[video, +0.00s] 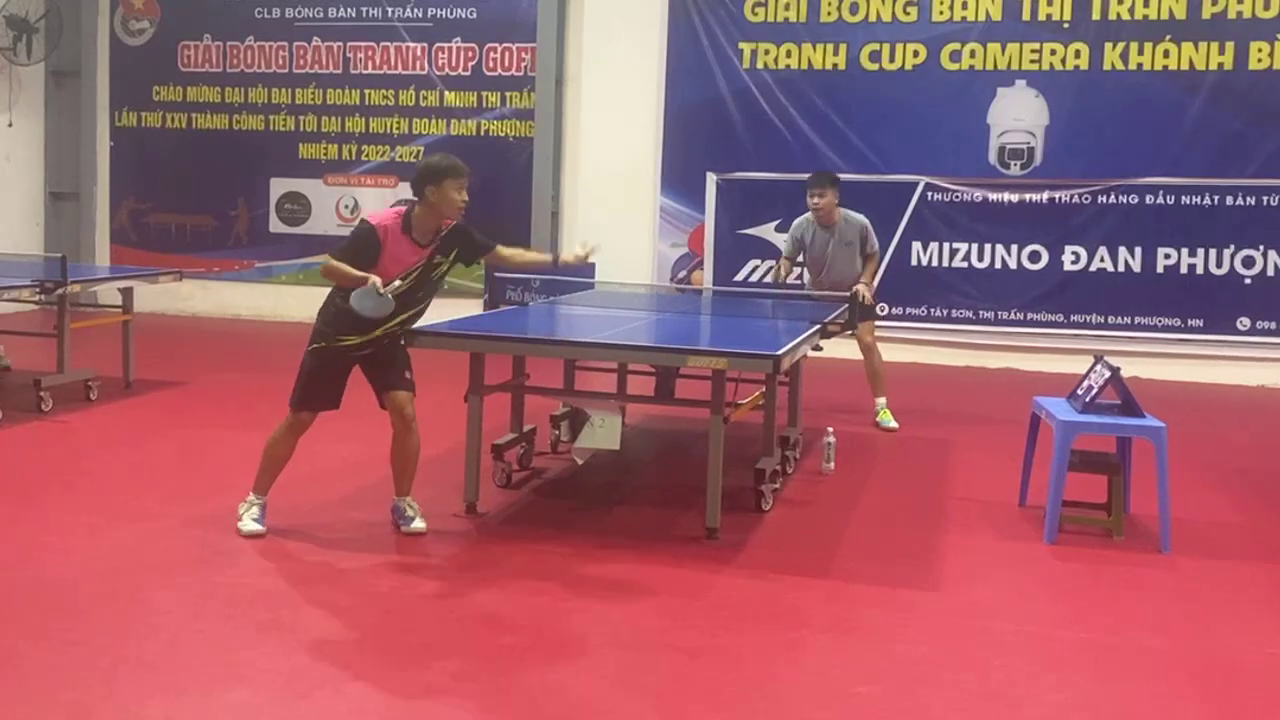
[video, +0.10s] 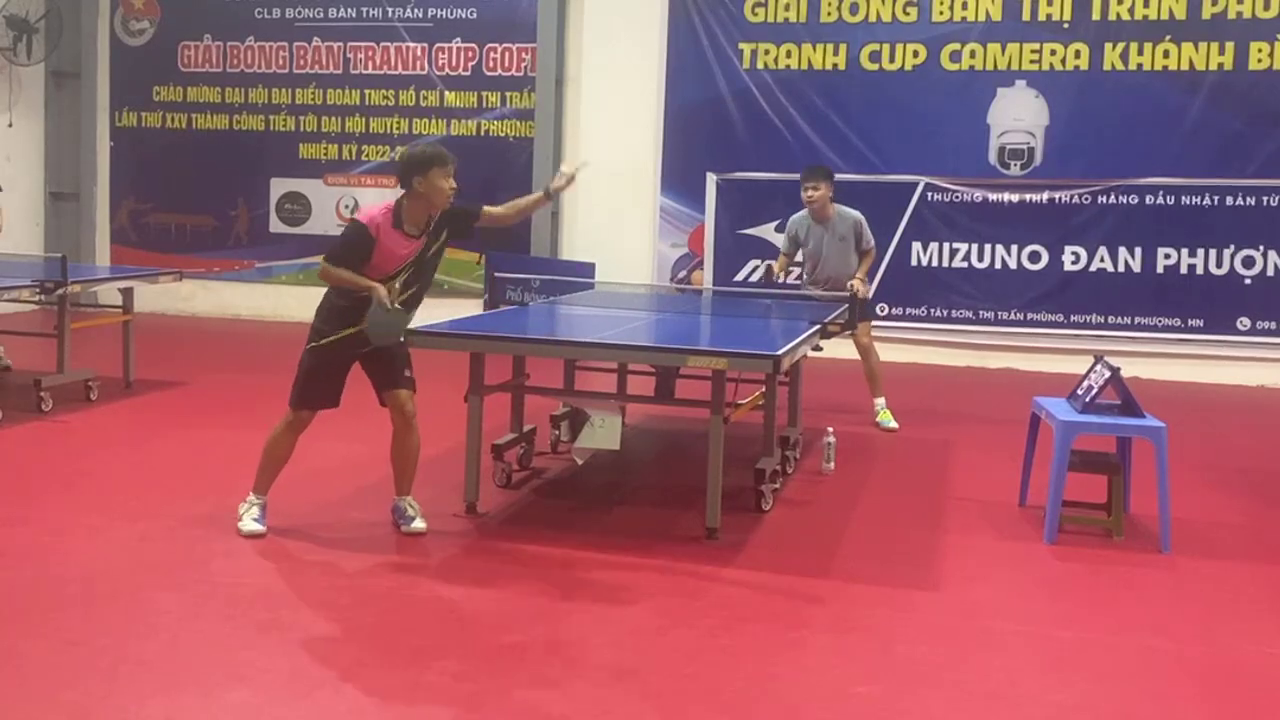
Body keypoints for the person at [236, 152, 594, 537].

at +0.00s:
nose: (465, 199)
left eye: (466, 191)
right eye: (457, 191)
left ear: (452, 196)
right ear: (428, 193)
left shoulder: (455, 236)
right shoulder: (379, 227)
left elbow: (504, 256)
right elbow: (329, 269)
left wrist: (562, 259)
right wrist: (365, 278)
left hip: (389, 339)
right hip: (338, 333)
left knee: (405, 414)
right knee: (298, 420)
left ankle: (403, 503)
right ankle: (255, 501)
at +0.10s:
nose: (453, 185)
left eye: (453, 177)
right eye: (446, 177)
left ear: (435, 184)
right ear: (416, 183)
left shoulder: (443, 219)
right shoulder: (371, 224)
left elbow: (500, 215)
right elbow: (327, 270)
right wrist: (373, 286)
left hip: (386, 330)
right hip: (337, 326)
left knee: (406, 410)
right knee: (298, 418)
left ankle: (404, 502)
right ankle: (255, 500)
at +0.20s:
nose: (441, 172)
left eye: (439, 165)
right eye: (432, 165)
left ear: (424, 175)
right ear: (404, 175)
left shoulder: (432, 204)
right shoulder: (365, 220)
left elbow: (490, 189)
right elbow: (329, 273)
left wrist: (536, 159)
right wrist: (382, 286)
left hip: (385, 320)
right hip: (338, 318)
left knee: (405, 408)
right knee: (298, 415)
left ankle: (403, 502)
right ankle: (255, 501)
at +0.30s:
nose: (427, 161)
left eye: (424, 154)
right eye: (418, 155)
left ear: (402, 168)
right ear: (391, 170)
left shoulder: (423, 197)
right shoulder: (354, 216)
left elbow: (479, 183)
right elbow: (331, 279)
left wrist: (527, 158)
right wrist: (390, 278)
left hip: (384, 324)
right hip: (333, 324)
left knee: (402, 408)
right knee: (296, 415)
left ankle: (403, 503)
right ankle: (255, 501)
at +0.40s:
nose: (415, 154)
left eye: (411, 147)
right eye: (404, 150)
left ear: (392, 165)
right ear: (380, 167)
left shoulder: (414, 194)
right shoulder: (346, 215)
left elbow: (469, 185)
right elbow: (327, 279)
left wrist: (522, 168)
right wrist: (388, 268)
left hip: (378, 328)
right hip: (326, 329)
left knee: (396, 409)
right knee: (293, 416)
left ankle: (403, 502)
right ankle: (256, 501)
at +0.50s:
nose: (405, 158)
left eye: (401, 150)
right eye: (395, 152)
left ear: (383, 165)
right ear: (370, 167)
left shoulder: (405, 195)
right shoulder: (337, 214)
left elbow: (455, 189)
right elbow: (318, 278)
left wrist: (510, 180)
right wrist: (376, 261)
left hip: (372, 327)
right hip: (319, 329)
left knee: (396, 405)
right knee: (289, 417)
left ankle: (401, 499)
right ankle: (256, 501)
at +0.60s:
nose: (403, 169)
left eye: (400, 162)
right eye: (394, 164)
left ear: (380, 176)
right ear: (367, 179)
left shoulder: (402, 203)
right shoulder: (333, 217)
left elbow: (445, 197)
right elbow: (304, 271)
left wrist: (493, 192)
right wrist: (361, 249)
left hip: (371, 327)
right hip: (319, 333)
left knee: (414, 398)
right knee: (293, 423)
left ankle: (384, 473)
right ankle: (257, 501)